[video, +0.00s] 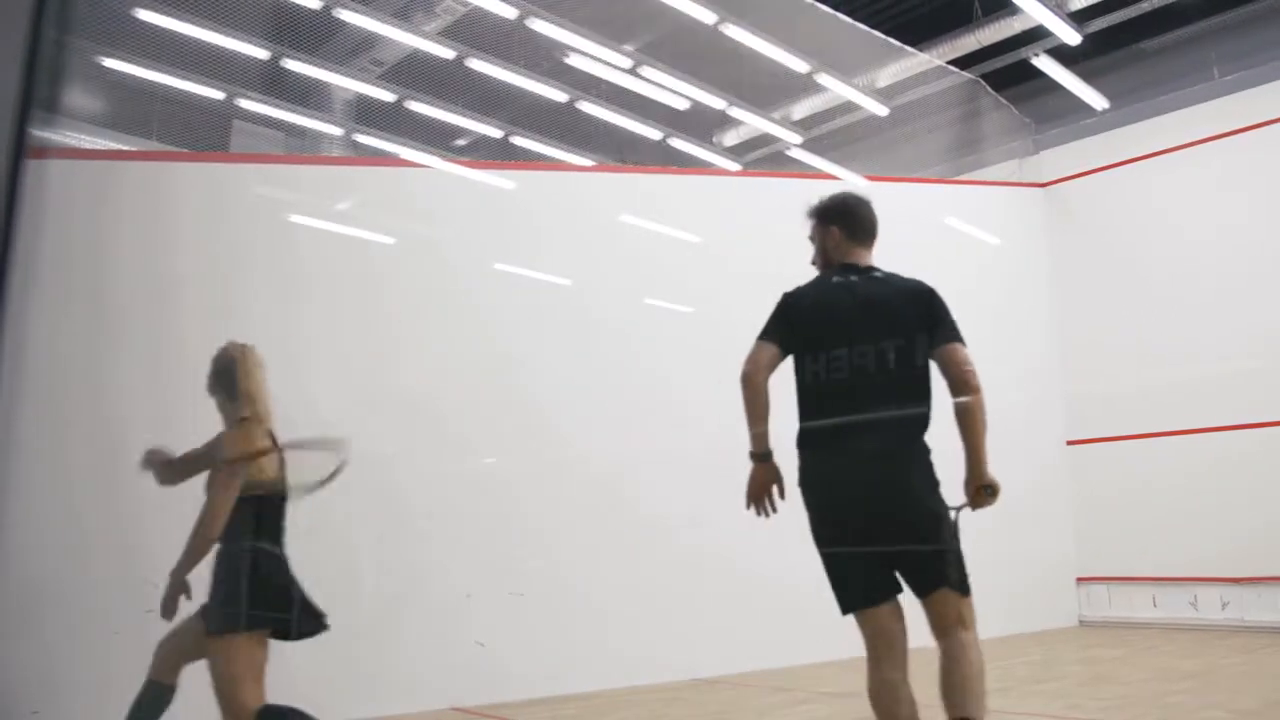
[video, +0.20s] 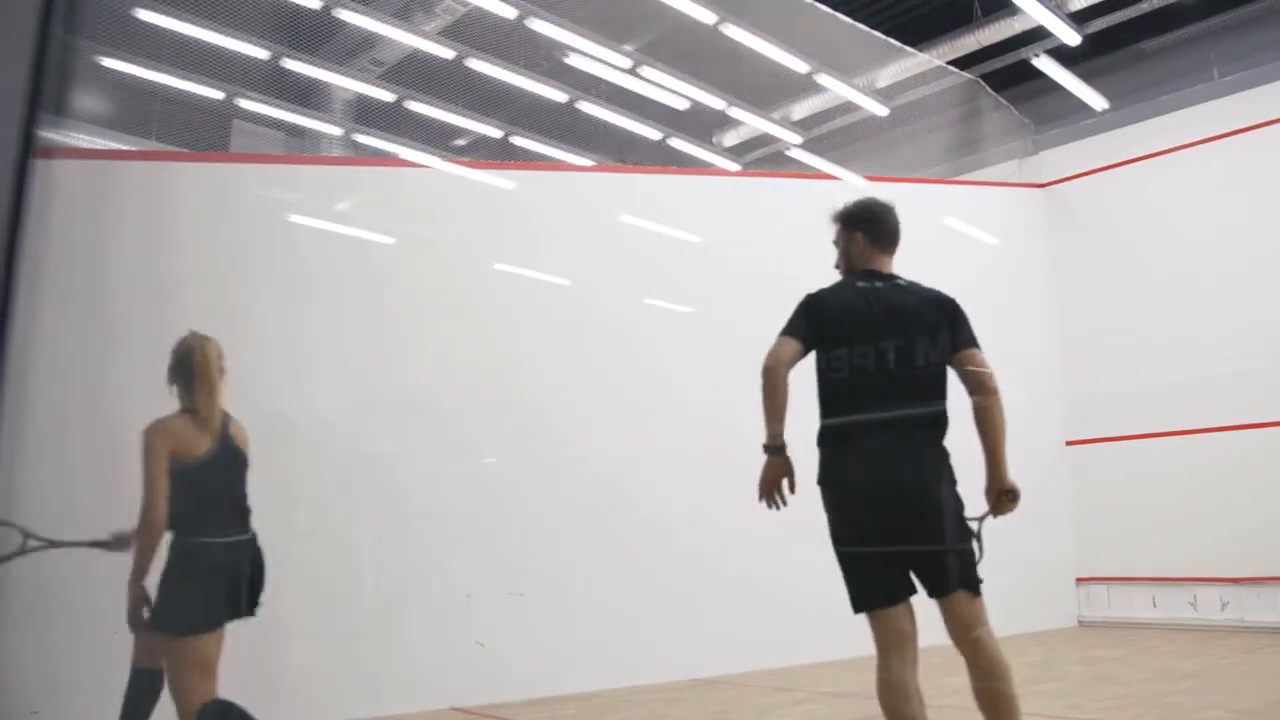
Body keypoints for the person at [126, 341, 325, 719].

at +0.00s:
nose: (208, 392)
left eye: (210, 384)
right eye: (211, 384)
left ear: (215, 388)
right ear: (254, 385)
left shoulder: (236, 441)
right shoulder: (259, 436)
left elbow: (211, 527)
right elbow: (173, 475)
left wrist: (178, 575)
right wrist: (159, 461)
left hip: (243, 591)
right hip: (258, 590)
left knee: (243, 708)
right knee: (170, 652)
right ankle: (140, 713)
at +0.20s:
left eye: (173, 369)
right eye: (217, 370)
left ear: (174, 376)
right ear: (218, 374)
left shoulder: (163, 432)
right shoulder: (236, 432)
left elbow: (156, 518)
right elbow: (206, 504)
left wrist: (137, 582)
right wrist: (140, 534)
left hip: (196, 568)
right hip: (239, 564)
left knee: (196, 700)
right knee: (149, 641)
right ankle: (132, 716)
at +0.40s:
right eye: (191, 355)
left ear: (144, 361)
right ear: (191, 361)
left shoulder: (124, 417)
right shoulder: (217, 417)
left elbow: (111, 499)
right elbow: (233, 497)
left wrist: (96, 570)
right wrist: (234, 552)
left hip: (161, 557)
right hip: (218, 552)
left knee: (153, 685)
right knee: (150, 667)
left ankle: (236, 716)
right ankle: (135, 714)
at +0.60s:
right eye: (176, 355)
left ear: (123, 356)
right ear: (174, 357)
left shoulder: (107, 406)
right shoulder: (204, 408)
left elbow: (85, 484)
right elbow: (239, 480)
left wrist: (63, 555)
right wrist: (273, 543)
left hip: (135, 550)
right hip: (196, 547)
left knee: (111, 672)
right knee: (141, 653)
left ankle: (190, 715)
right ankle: (135, 719)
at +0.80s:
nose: (178, 352)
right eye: (177, 347)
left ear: (124, 352)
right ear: (172, 349)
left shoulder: (98, 405)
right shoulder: (195, 407)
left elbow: (59, 477)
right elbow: (230, 477)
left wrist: (34, 537)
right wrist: (274, 538)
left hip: (106, 549)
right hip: (172, 552)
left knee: (82, 671)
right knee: (122, 651)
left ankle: (108, 714)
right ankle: (123, 716)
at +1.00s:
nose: (179, 346)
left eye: (179, 338)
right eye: (178, 338)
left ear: (128, 341)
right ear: (167, 339)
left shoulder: (92, 392)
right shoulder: (185, 399)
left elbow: (48, 460)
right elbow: (222, 470)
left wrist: (29, 518)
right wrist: (267, 534)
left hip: (85, 542)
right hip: (153, 548)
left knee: (71, 667)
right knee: (121, 648)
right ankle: (120, 718)